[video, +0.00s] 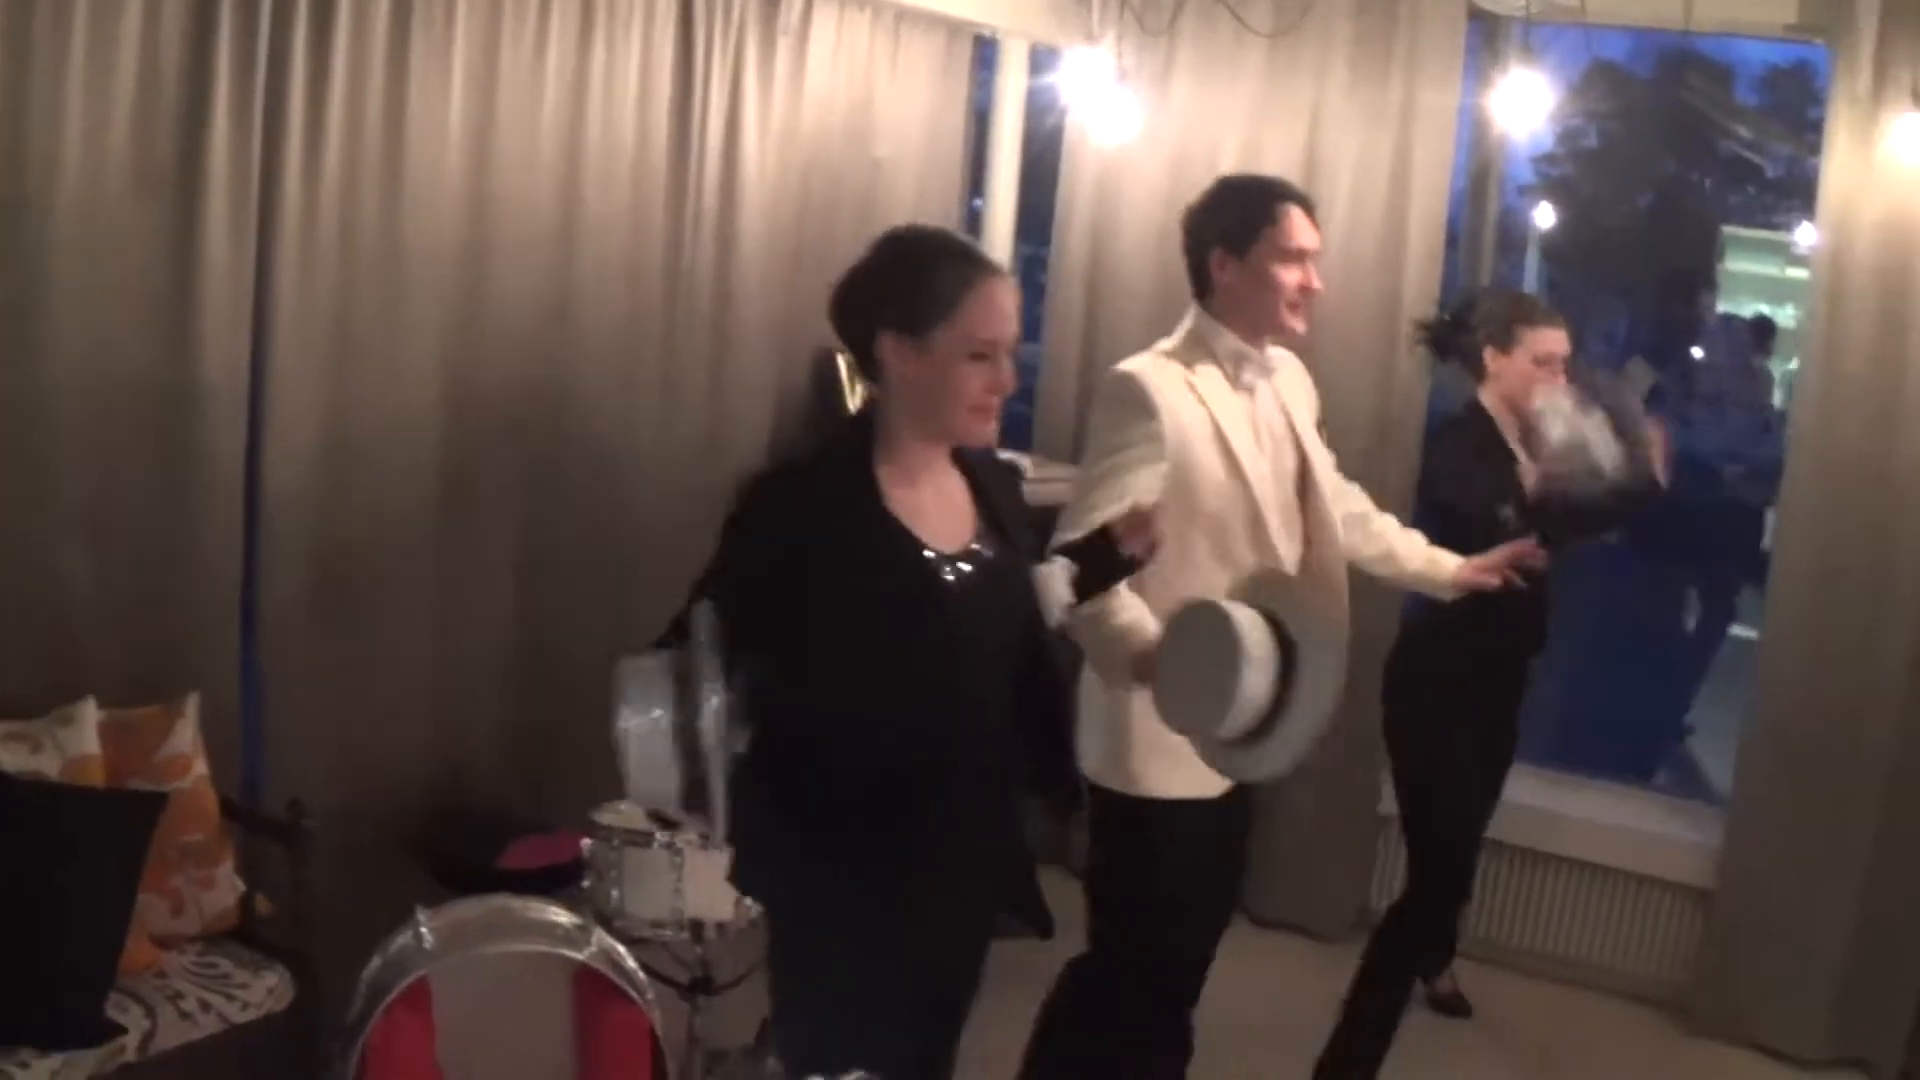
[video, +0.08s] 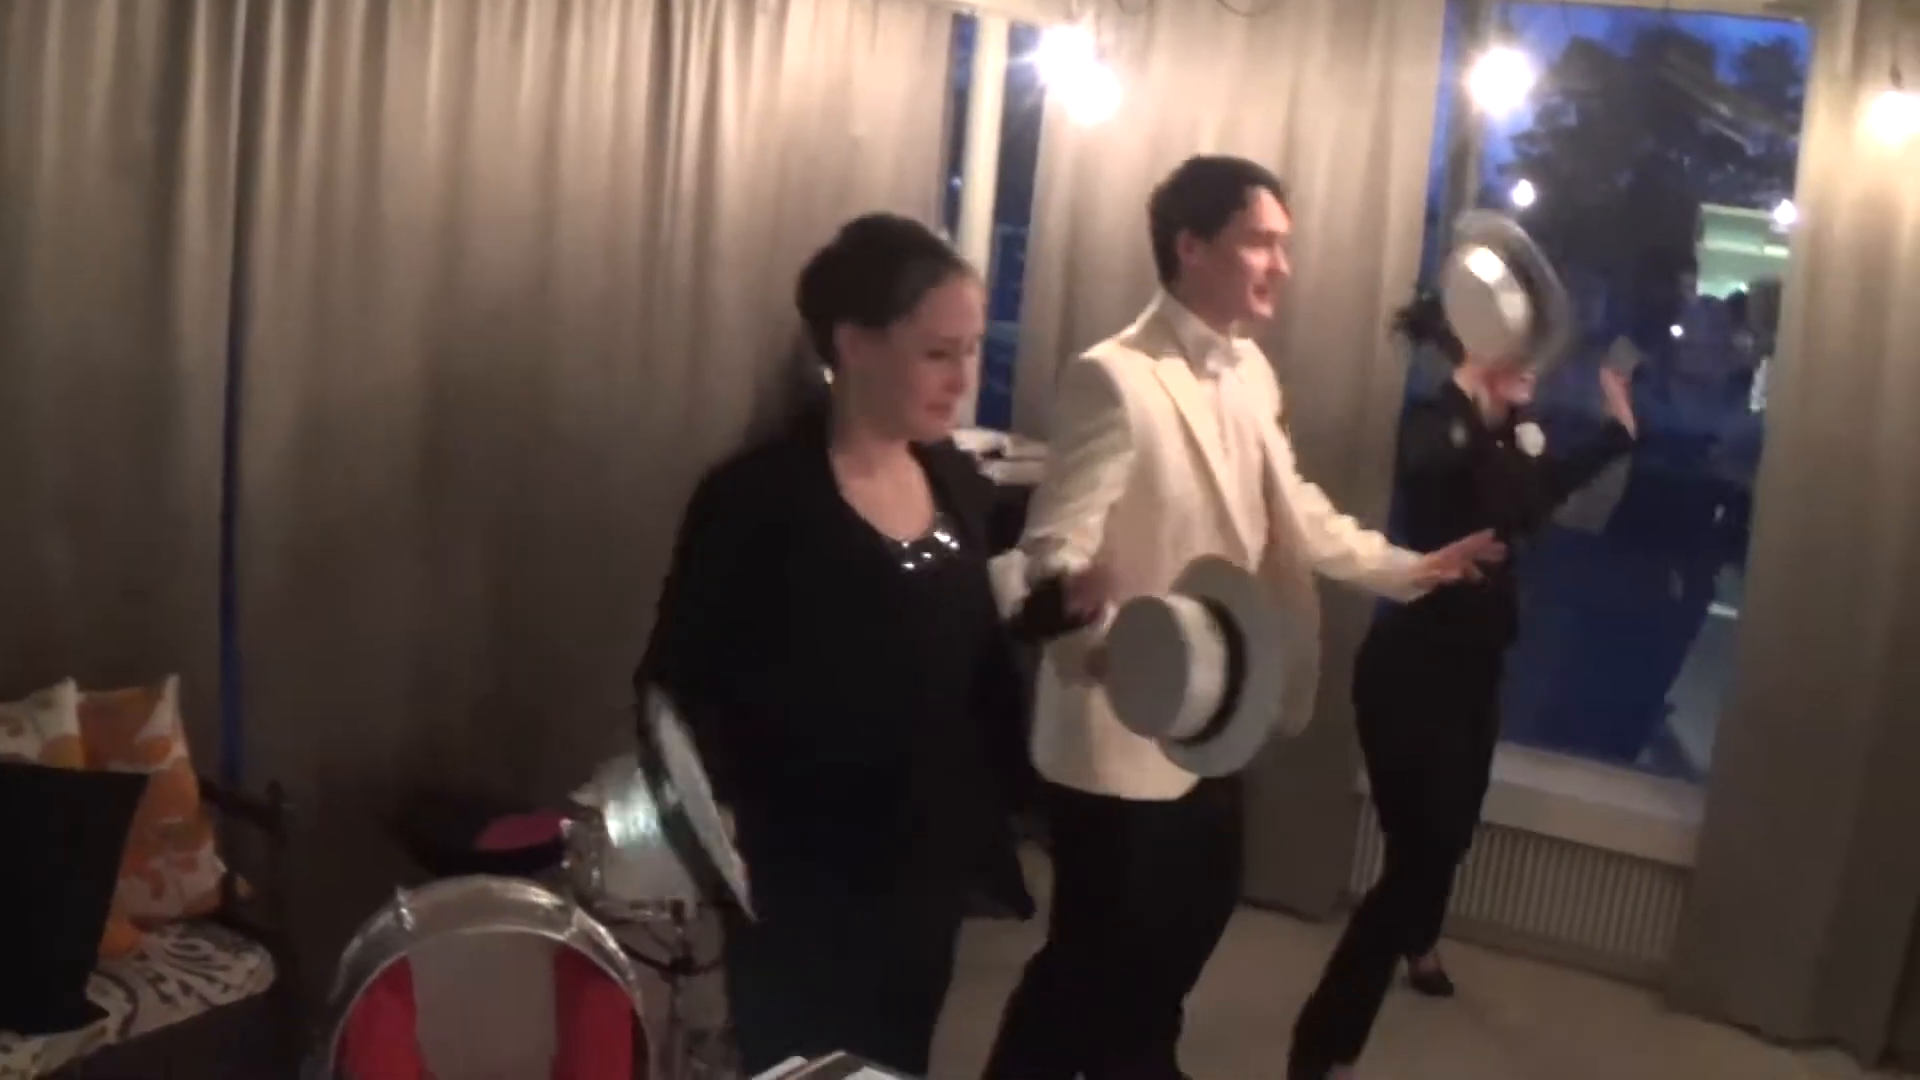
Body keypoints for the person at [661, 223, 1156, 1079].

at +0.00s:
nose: (1006, 381)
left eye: (1009, 357)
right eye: (980, 358)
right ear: (895, 354)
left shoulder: (991, 490)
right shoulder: (793, 506)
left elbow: (1001, 630)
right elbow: (694, 664)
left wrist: (1103, 558)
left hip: (959, 875)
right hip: (831, 882)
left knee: (922, 1064)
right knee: (829, 1065)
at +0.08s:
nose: (964, 378)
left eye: (972, 354)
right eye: (940, 354)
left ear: (979, 345)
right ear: (851, 346)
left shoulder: (955, 490)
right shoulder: (749, 499)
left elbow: (974, 669)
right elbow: (674, 689)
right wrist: (722, 848)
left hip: (923, 881)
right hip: (792, 884)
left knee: (897, 1069)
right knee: (789, 1071)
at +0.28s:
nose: (881, 351)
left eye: (904, 326)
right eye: (859, 317)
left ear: (921, 317)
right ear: (784, 285)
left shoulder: (859, 438)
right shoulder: (693, 436)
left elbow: (855, 617)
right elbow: (628, 640)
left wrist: (905, 667)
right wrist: (719, 667)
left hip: (823, 820)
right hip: (683, 826)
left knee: (925, 1051)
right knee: (697, 1064)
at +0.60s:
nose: (896, 284)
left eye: (910, 256)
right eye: (871, 257)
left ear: (922, 252)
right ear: (780, 254)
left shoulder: (895, 405)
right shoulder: (670, 391)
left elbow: (899, 627)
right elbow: (592, 591)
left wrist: (871, 789)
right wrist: (742, 534)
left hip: (792, 814)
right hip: (641, 807)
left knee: (786, 1052)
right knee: (636, 1060)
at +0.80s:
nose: (901, 295)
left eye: (904, 270)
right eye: (889, 269)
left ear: (817, 263)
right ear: (806, 260)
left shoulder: (816, 411)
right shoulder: (675, 404)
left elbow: (830, 625)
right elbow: (580, 621)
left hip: (777, 829)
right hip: (657, 842)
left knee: (761, 1053)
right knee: (659, 1063)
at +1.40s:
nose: (902, 277)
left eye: (908, 250)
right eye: (875, 250)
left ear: (916, 250)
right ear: (781, 251)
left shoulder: (923, 381)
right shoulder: (680, 432)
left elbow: (1020, 516)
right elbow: (635, 658)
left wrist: (1088, 390)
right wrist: (601, 844)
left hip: (896, 801)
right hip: (751, 811)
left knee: (863, 1050)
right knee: (731, 1050)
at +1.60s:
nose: (888, 307)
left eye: (896, 276)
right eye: (857, 278)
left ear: (908, 272)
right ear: (764, 277)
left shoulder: (921, 401)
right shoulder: (659, 441)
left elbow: (1015, 550)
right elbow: (606, 646)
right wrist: (591, 820)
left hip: (897, 819)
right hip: (744, 825)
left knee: (852, 1051)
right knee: (722, 1054)